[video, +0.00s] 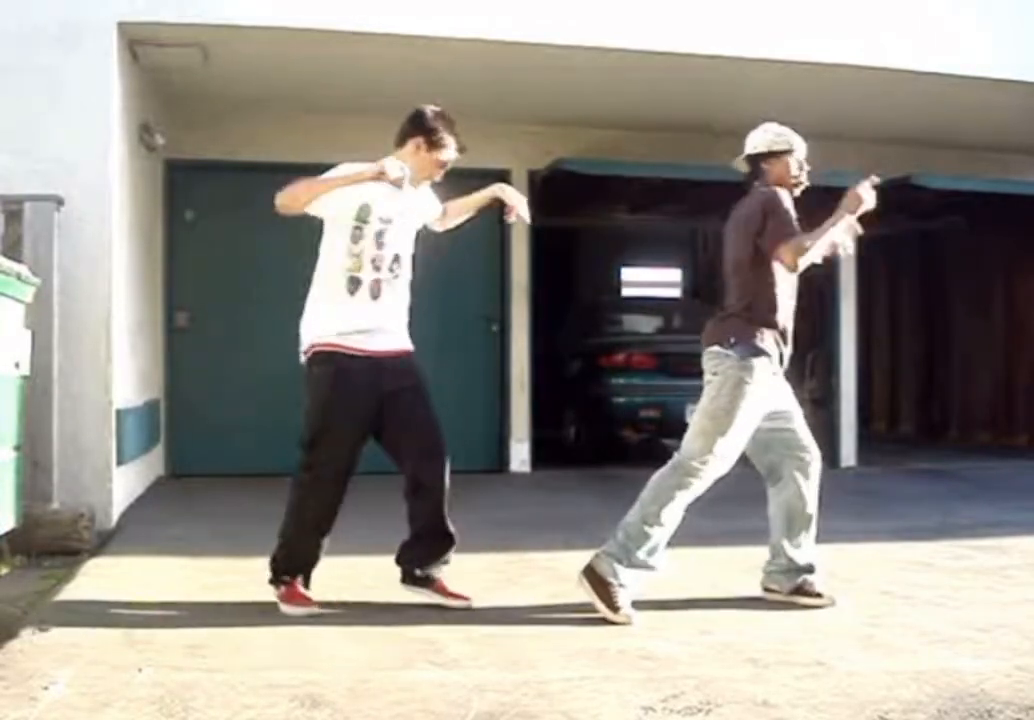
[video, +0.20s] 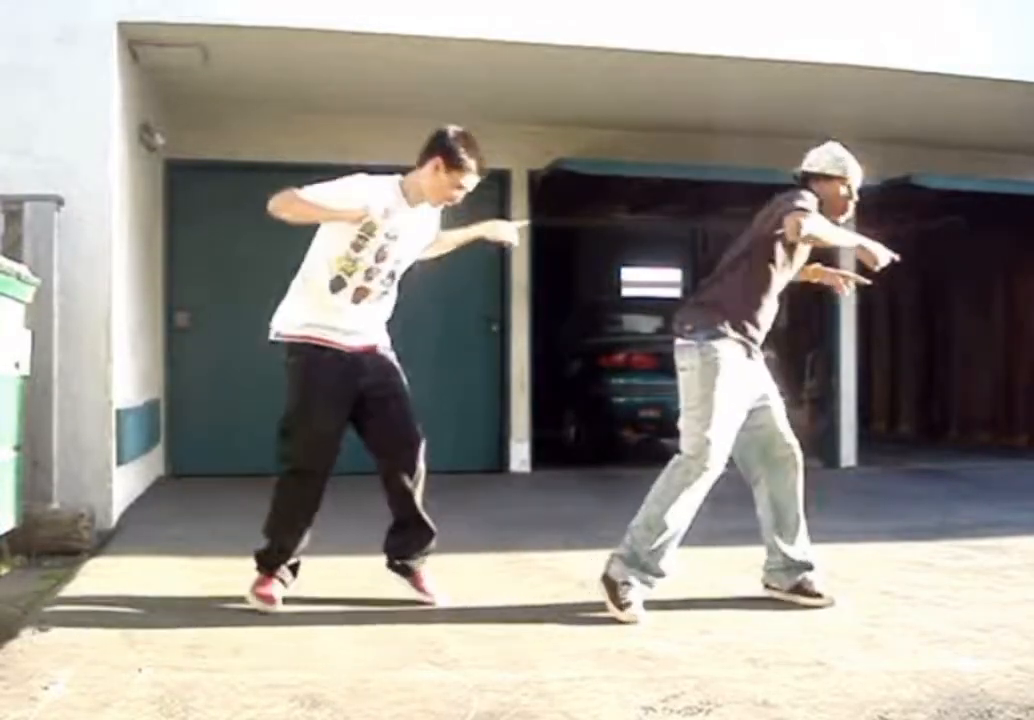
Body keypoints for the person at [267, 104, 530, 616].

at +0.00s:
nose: (443, 171)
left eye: (448, 163)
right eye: (441, 159)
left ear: (425, 151)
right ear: (416, 145)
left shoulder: (420, 197)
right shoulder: (352, 183)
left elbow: (445, 217)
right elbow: (287, 202)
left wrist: (493, 192)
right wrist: (361, 175)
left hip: (394, 350)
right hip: (339, 347)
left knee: (428, 457)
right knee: (327, 465)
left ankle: (423, 565)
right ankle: (290, 574)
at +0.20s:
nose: (457, 198)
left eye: (465, 191)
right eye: (457, 185)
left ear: (446, 175)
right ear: (433, 165)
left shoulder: (427, 217)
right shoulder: (368, 191)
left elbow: (422, 249)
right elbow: (280, 204)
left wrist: (478, 231)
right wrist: (340, 213)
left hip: (370, 345)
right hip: (316, 340)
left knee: (406, 449)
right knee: (309, 457)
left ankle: (408, 555)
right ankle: (274, 568)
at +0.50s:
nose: (448, 241)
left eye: (455, 234)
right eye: (448, 230)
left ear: (437, 216)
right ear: (425, 210)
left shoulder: (430, 251)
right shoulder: (361, 229)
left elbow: (441, 281)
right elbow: (278, 250)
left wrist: (495, 267)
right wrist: (327, 279)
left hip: (373, 364)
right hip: (318, 362)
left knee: (417, 453)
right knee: (307, 465)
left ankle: (413, 554)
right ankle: (266, 564)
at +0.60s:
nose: (453, 241)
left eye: (458, 233)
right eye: (451, 230)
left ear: (430, 218)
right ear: (424, 215)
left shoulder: (426, 263)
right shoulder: (348, 246)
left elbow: (404, 313)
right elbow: (289, 295)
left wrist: (462, 313)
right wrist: (333, 320)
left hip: (381, 377)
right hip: (324, 375)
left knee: (424, 467)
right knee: (306, 471)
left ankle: (432, 569)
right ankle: (271, 573)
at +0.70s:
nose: (420, 231)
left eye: (429, 223)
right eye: (414, 218)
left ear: (435, 224)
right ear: (388, 204)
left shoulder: (422, 273)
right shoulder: (334, 256)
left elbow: (430, 340)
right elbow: (305, 335)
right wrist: (339, 305)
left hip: (390, 399)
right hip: (331, 398)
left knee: (431, 485)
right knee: (311, 486)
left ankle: (427, 572)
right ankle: (269, 581)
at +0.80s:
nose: (406, 219)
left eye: (416, 211)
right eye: (400, 206)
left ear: (424, 214)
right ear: (377, 198)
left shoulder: (420, 266)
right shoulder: (329, 250)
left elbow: (441, 346)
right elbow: (301, 334)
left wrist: (389, 352)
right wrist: (331, 285)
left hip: (391, 396)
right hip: (330, 393)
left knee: (430, 485)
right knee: (310, 484)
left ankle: (427, 574)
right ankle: (272, 580)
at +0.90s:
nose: (362, 160)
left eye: (372, 151)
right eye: (356, 149)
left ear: (391, 155)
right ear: (344, 149)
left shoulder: (403, 208)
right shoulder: (321, 201)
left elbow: (403, 273)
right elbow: (277, 270)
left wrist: (344, 232)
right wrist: (314, 254)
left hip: (388, 368)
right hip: (325, 363)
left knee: (415, 470)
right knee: (290, 468)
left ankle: (429, 568)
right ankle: (270, 574)